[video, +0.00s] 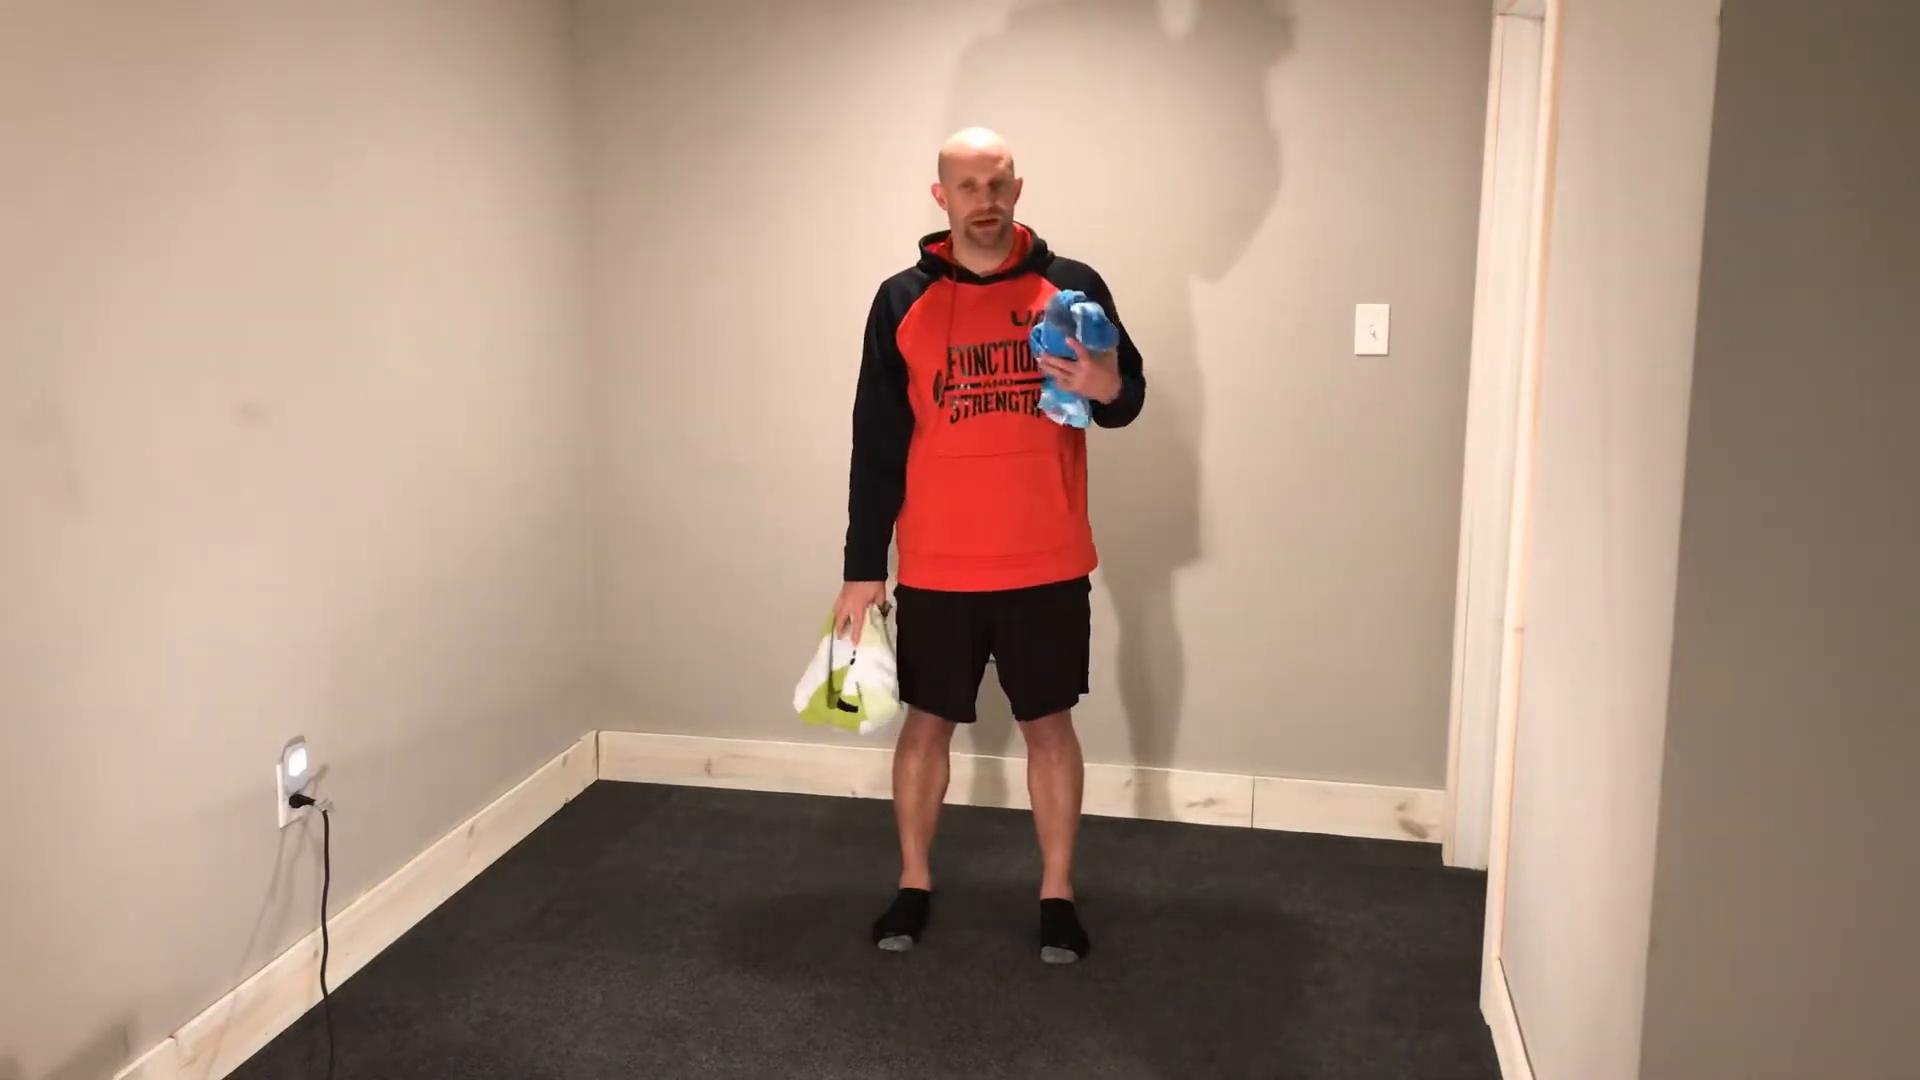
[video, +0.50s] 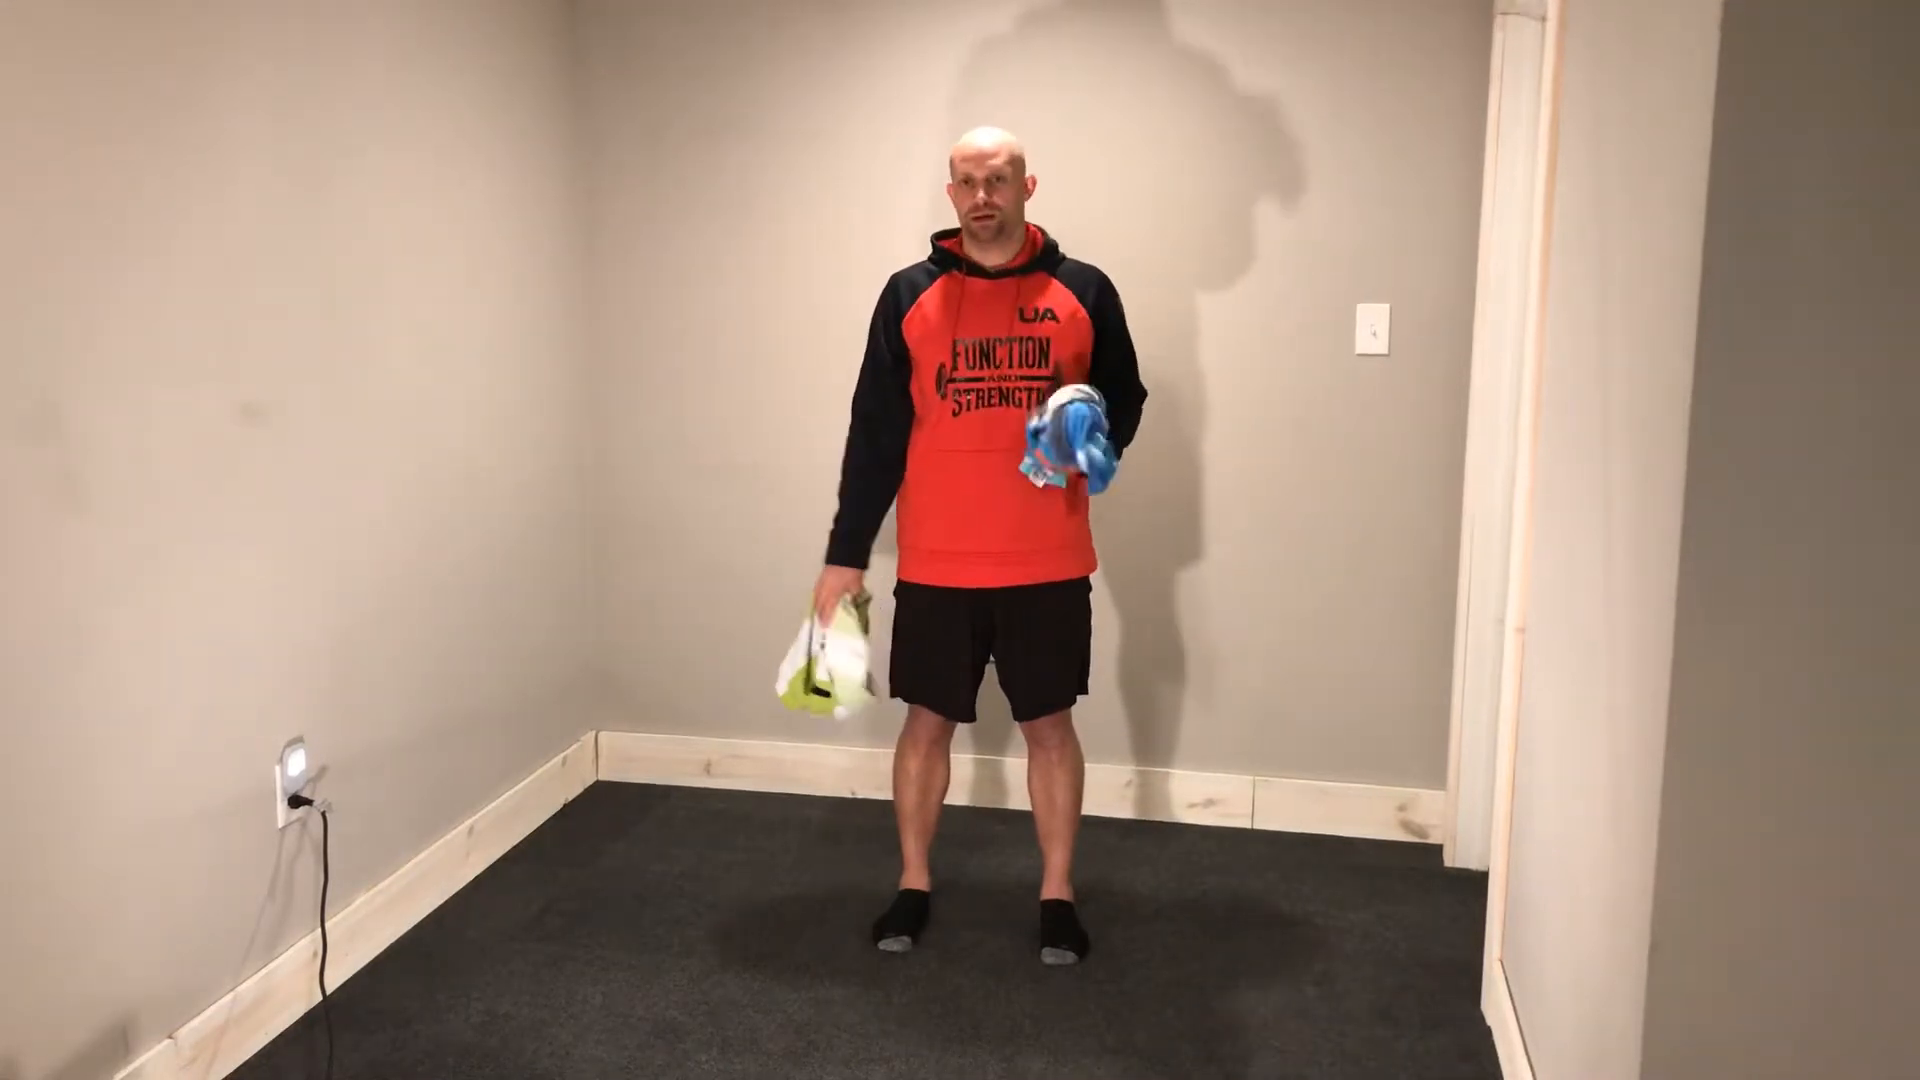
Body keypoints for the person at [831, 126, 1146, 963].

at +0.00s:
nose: (984, 202)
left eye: (998, 186)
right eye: (968, 187)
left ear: (1018, 190)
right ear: (941, 193)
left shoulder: (1070, 289)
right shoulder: (902, 301)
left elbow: (1127, 397)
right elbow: (877, 441)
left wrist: (1109, 388)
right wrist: (863, 568)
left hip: (1045, 562)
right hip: (936, 565)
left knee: (1049, 727)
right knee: (925, 724)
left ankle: (1058, 897)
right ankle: (912, 889)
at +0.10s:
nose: (984, 202)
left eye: (998, 185)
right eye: (968, 186)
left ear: (1019, 189)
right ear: (941, 194)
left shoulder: (1071, 289)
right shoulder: (904, 299)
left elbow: (1127, 400)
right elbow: (877, 439)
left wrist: (1110, 387)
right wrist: (861, 565)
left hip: (1045, 561)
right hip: (938, 564)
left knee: (1048, 725)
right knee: (926, 723)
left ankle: (1058, 897)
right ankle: (912, 889)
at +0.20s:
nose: (987, 200)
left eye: (1000, 184)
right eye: (970, 185)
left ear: (1021, 189)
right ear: (944, 194)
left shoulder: (1073, 290)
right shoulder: (906, 299)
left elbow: (1127, 400)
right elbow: (876, 439)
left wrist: (1106, 398)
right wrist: (857, 562)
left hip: (1045, 560)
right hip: (938, 563)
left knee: (1048, 725)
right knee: (926, 721)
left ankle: (1059, 897)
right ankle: (912, 888)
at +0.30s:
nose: (984, 198)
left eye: (999, 183)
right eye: (969, 184)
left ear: (1023, 189)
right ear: (946, 192)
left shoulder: (1078, 290)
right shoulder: (906, 297)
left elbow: (1123, 405)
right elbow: (875, 437)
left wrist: (1099, 414)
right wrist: (856, 559)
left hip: (1045, 560)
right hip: (939, 562)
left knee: (1048, 725)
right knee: (927, 721)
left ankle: (1058, 898)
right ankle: (912, 889)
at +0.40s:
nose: (982, 196)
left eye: (997, 181)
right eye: (967, 182)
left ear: (1026, 188)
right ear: (949, 192)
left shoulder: (1082, 292)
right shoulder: (908, 297)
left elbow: (1123, 404)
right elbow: (876, 437)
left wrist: (1094, 439)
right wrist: (855, 560)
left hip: (1046, 562)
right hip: (938, 563)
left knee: (1049, 725)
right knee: (925, 722)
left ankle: (1058, 897)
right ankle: (911, 889)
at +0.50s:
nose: (980, 196)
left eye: (996, 181)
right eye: (966, 183)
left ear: (1028, 188)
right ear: (950, 193)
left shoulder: (1084, 292)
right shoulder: (910, 296)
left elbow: (1124, 399)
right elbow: (875, 433)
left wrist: (1090, 438)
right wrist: (845, 554)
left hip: (1045, 559)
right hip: (938, 561)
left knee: (1048, 725)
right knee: (926, 720)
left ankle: (1058, 897)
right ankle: (912, 888)